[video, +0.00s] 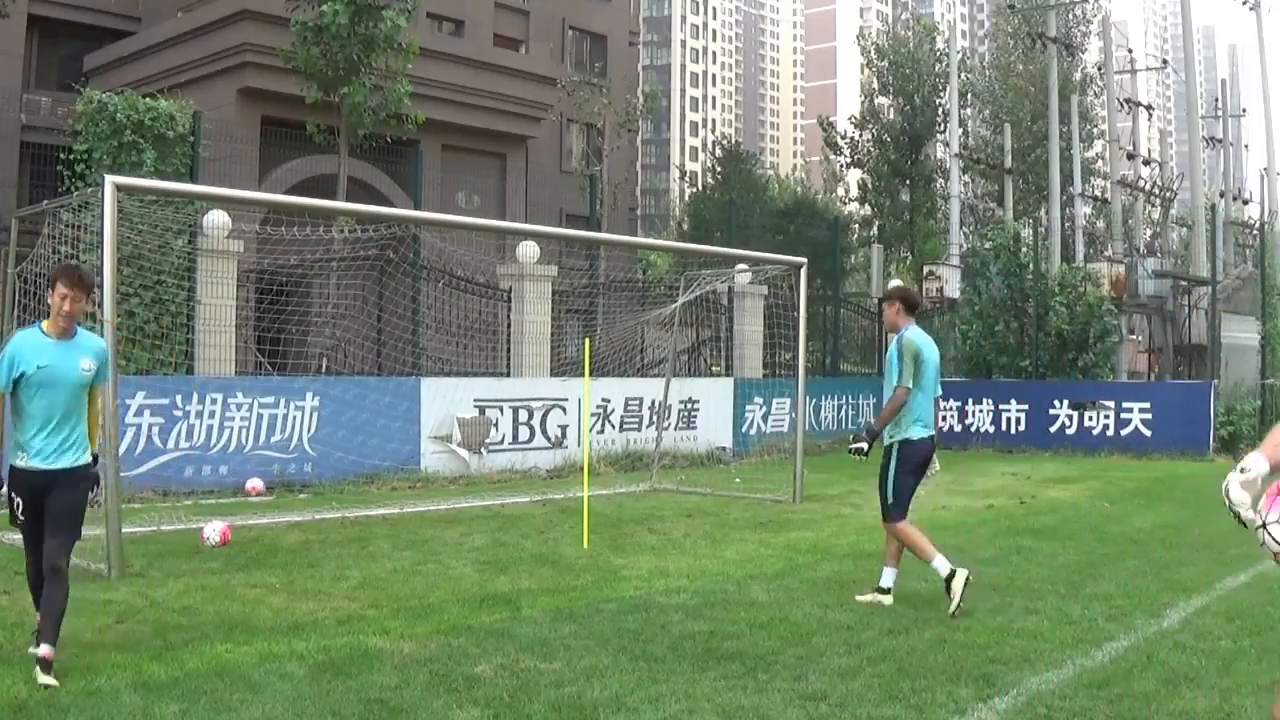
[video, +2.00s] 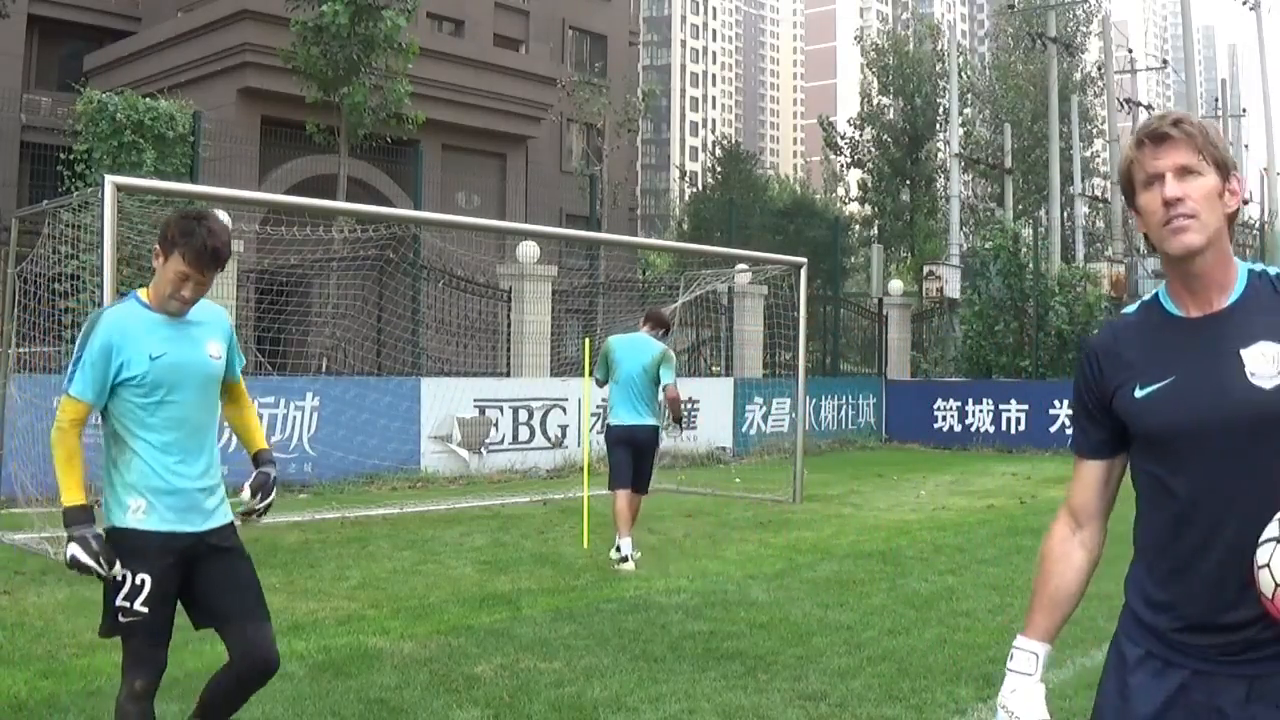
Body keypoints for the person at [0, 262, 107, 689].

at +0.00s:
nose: (68, 307)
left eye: (77, 301)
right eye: (63, 298)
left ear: (86, 305)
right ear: (50, 296)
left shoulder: (96, 349)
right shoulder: (19, 345)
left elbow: (95, 406)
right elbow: (2, 402)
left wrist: (95, 455)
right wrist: (4, 460)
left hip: (74, 469)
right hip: (26, 468)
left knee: (57, 562)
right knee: (36, 562)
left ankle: (47, 652)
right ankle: (44, 621)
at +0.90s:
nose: (77, 274)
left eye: (82, 265)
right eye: (66, 265)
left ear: (88, 270)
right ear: (41, 271)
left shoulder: (100, 329)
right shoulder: (13, 332)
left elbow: (107, 409)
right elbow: (1, 413)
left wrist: (113, 476)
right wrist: (0, 489)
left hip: (89, 482)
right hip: (29, 486)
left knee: (109, 587)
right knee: (34, 603)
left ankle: (90, 692)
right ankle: (42, 704)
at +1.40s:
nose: (129, 270)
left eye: (135, 259)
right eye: (117, 260)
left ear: (142, 265)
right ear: (91, 267)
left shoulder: (157, 330)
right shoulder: (62, 326)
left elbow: (160, 412)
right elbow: (29, 410)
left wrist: (159, 484)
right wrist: (32, 487)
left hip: (142, 505)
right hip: (77, 504)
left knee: (127, 632)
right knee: (72, 632)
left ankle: (123, 717)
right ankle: (63, 700)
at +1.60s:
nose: (141, 277)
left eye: (148, 267)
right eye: (129, 267)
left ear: (157, 269)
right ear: (104, 270)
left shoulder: (180, 331)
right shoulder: (75, 333)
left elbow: (204, 417)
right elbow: (37, 420)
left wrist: (234, 487)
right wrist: (26, 505)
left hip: (163, 517)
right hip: (99, 514)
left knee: (138, 649)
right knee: (111, 646)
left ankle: (127, 718)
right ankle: (100, 718)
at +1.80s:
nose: (159, 288)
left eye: (168, 277)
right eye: (149, 276)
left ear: (178, 274)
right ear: (122, 269)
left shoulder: (196, 332)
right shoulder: (87, 338)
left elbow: (231, 409)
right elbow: (47, 428)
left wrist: (270, 464)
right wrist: (32, 514)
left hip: (185, 526)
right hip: (122, 526)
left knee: (171, 661)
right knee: (132, 671)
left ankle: (130, 714)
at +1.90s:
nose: (178, 291)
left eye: (188, 281)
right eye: (169, 278)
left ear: (198, 275)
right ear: (142, 262)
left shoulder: (206, 324)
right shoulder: (100, 332)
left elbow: (236, 397)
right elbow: (58, 426)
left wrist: (270, 460)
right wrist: (51, 521)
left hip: (201, 527)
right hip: (132, 530)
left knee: (224, 666)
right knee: (137, 677)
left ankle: (161, 715)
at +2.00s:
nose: (190, 293)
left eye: (203, 284)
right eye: (183, 278)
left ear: (215, 276)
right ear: (159, 257)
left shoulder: (216, 323)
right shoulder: (112, 328)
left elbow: (235, 395)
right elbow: (67, 425)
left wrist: (263, 459)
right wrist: (78, 521)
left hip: (213, 526)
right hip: (142, 532)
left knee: (258, 660)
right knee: (141, 684)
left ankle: (198, 719)